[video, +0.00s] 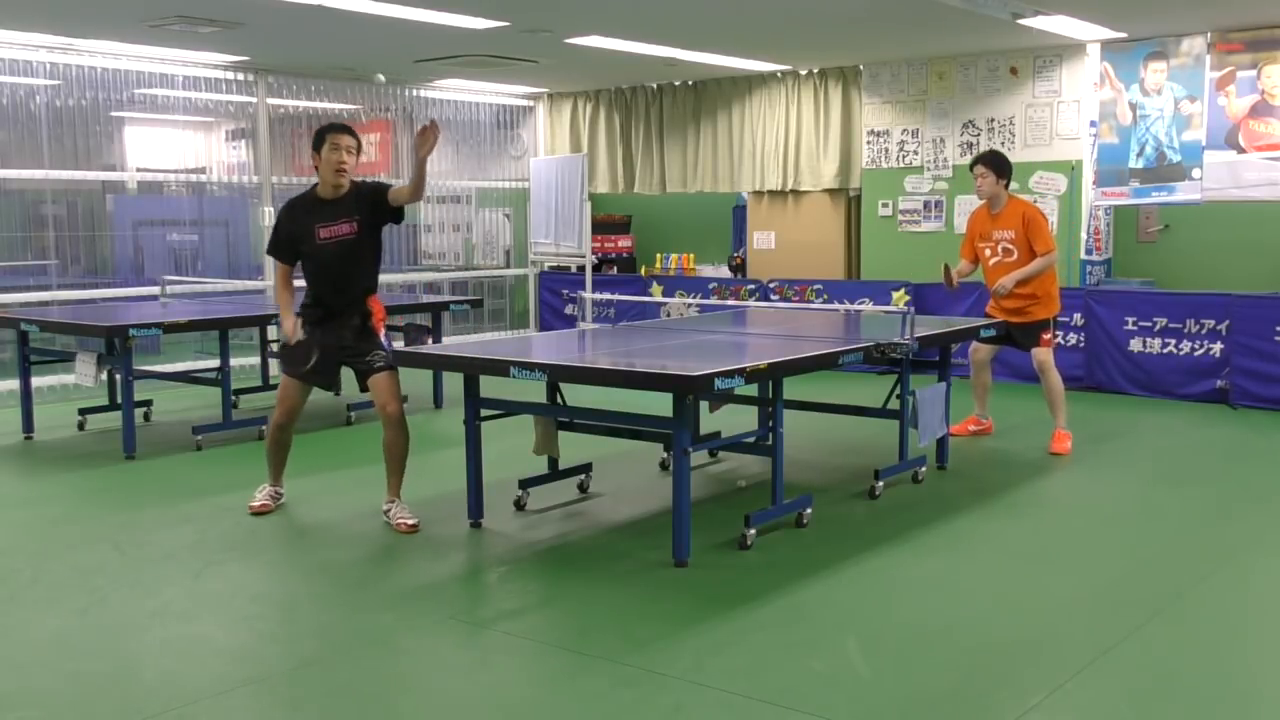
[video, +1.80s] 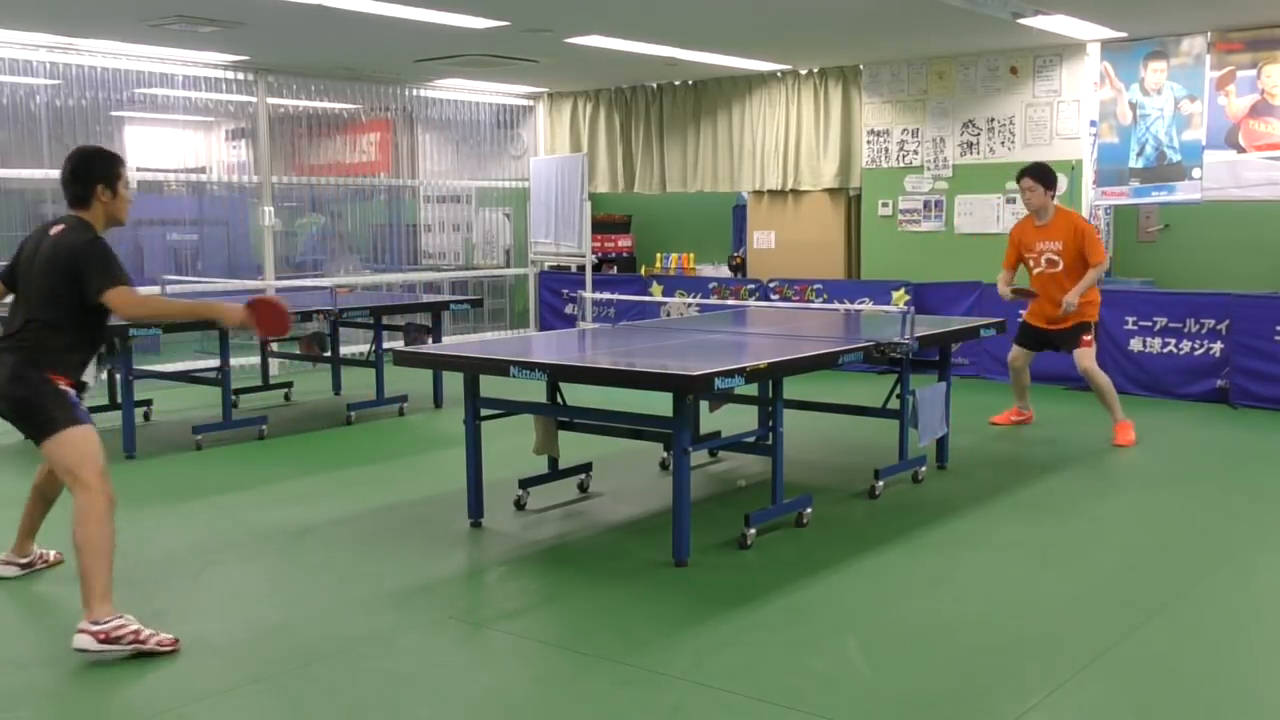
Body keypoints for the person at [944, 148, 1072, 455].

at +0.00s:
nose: (977, 183)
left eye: (983, 177)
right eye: (975, 177)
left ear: (1002, 179)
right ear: (975, 181)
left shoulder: (1028, 213)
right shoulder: (977, 218)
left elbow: (1050, 256)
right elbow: (970, 260)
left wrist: (1014, 277)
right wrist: (956, 273)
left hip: (1037, 306)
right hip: (1000, 306)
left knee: (1042, 360)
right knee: (978, 355)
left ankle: (1061, 429)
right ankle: (981, 419)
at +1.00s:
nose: (977, 211)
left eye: (982, 205)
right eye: (975, 205)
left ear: (1003, 206)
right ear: (973, 206)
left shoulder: (1029, 234)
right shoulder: (970, 238)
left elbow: (1050, 280)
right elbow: (926, 255)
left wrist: (1016, 292)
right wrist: (927, 276)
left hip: (1035, 322)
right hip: (993, 321)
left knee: (1051, 374)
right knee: (953, 361)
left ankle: (1076, 433)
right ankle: (947, 427)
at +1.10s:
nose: (966, 205)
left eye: (972, 200)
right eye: (965, 200)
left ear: (992, 202)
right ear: (965, 201)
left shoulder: (1019, 231)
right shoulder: (959, 235)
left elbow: (1044, 273)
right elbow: (921, 247)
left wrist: (1013, 289)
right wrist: (906, 242)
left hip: (1033, 319)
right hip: (991, 319)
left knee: (1049, 370)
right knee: (952, 359)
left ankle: (1076, 433)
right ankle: (948, 428)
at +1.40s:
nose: (989, 193)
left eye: (996, 187)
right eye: (987, 188)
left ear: (1015, 191)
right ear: (986, 191)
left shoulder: (1039, 224)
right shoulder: (981, 230)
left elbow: (1065, 262)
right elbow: (949, 261)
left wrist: (1036, 273)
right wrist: (926, 252)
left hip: (1042, 318)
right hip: (1000, 318)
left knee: (1055, 375)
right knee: (968, 360)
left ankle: (1076, 423)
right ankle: (949, 425)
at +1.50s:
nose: (1001, 184)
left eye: (1008, 178)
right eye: (999, 179)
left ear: (1027, 181)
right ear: (999, 182)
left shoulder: (1052, 216)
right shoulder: (999, 220)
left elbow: (1076, 256)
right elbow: (975, 256)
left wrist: (1046, 271)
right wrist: (945, 261)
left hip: (1053, 312)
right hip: (1015, 311)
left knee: (1058, 368)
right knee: (988, 355)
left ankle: (1075, 424)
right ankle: (957, 417)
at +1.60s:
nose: (1009, 175)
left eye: (1016, 169)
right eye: (1007, 170)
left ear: (1034, 173)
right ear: (1006, 174)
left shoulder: (1058, 208)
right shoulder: (1005, 212)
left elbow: (1083, 248)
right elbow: (991, 251)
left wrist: (1055, 273)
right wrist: (969, 266)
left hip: (1065, 299)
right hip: (1025, 298)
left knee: (1073, 357)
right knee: (996, 347)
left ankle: (1085, 421)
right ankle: (994, 409)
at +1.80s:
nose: (1025, 197)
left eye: (1031, 190)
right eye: (1022, 191)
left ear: (1050, 192)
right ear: (1020, 194)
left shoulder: (1077, 225)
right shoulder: (1020, 231)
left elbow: (1100, 264)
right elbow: (1008, 270)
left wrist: (1076, 292)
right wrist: (1003, 285)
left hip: (1079, 309)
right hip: (1041, 309)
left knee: (1086, 365)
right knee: (1016, 360)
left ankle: (1121, 421)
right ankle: (1022, 410)